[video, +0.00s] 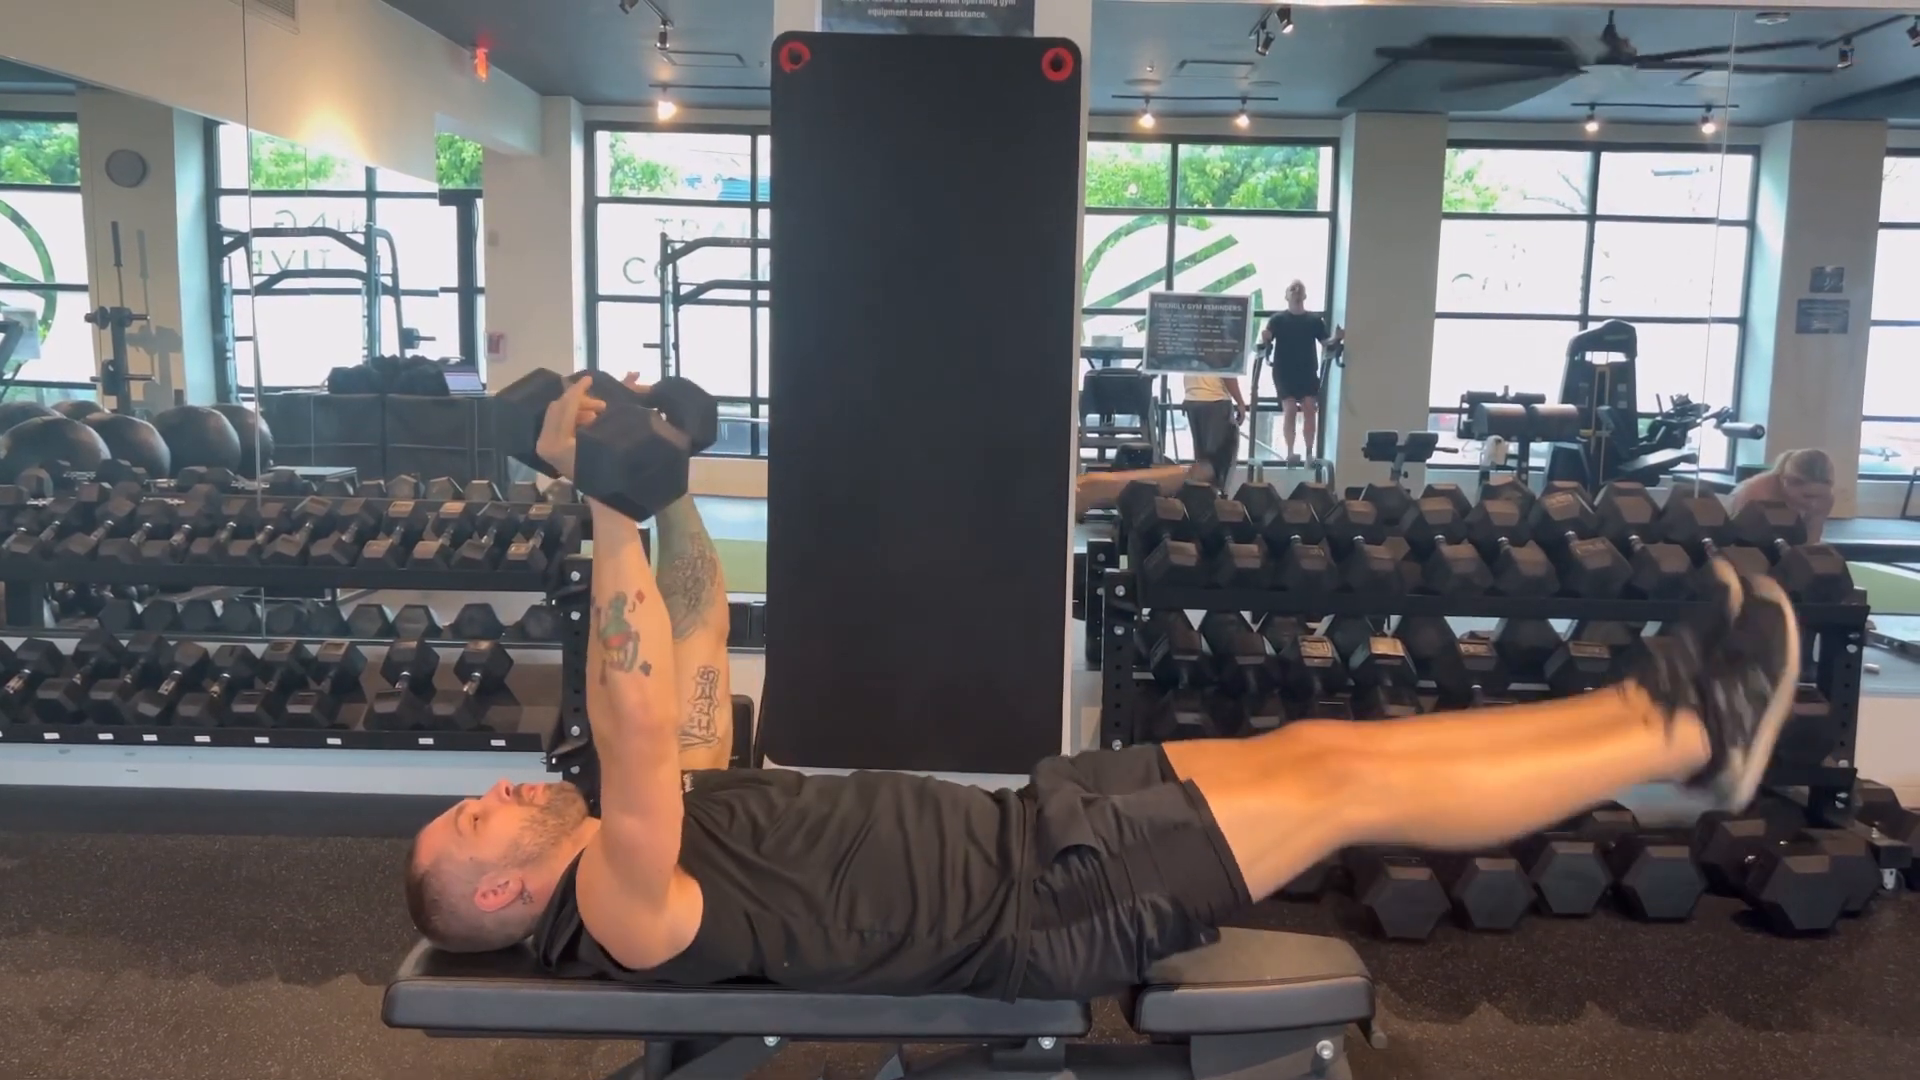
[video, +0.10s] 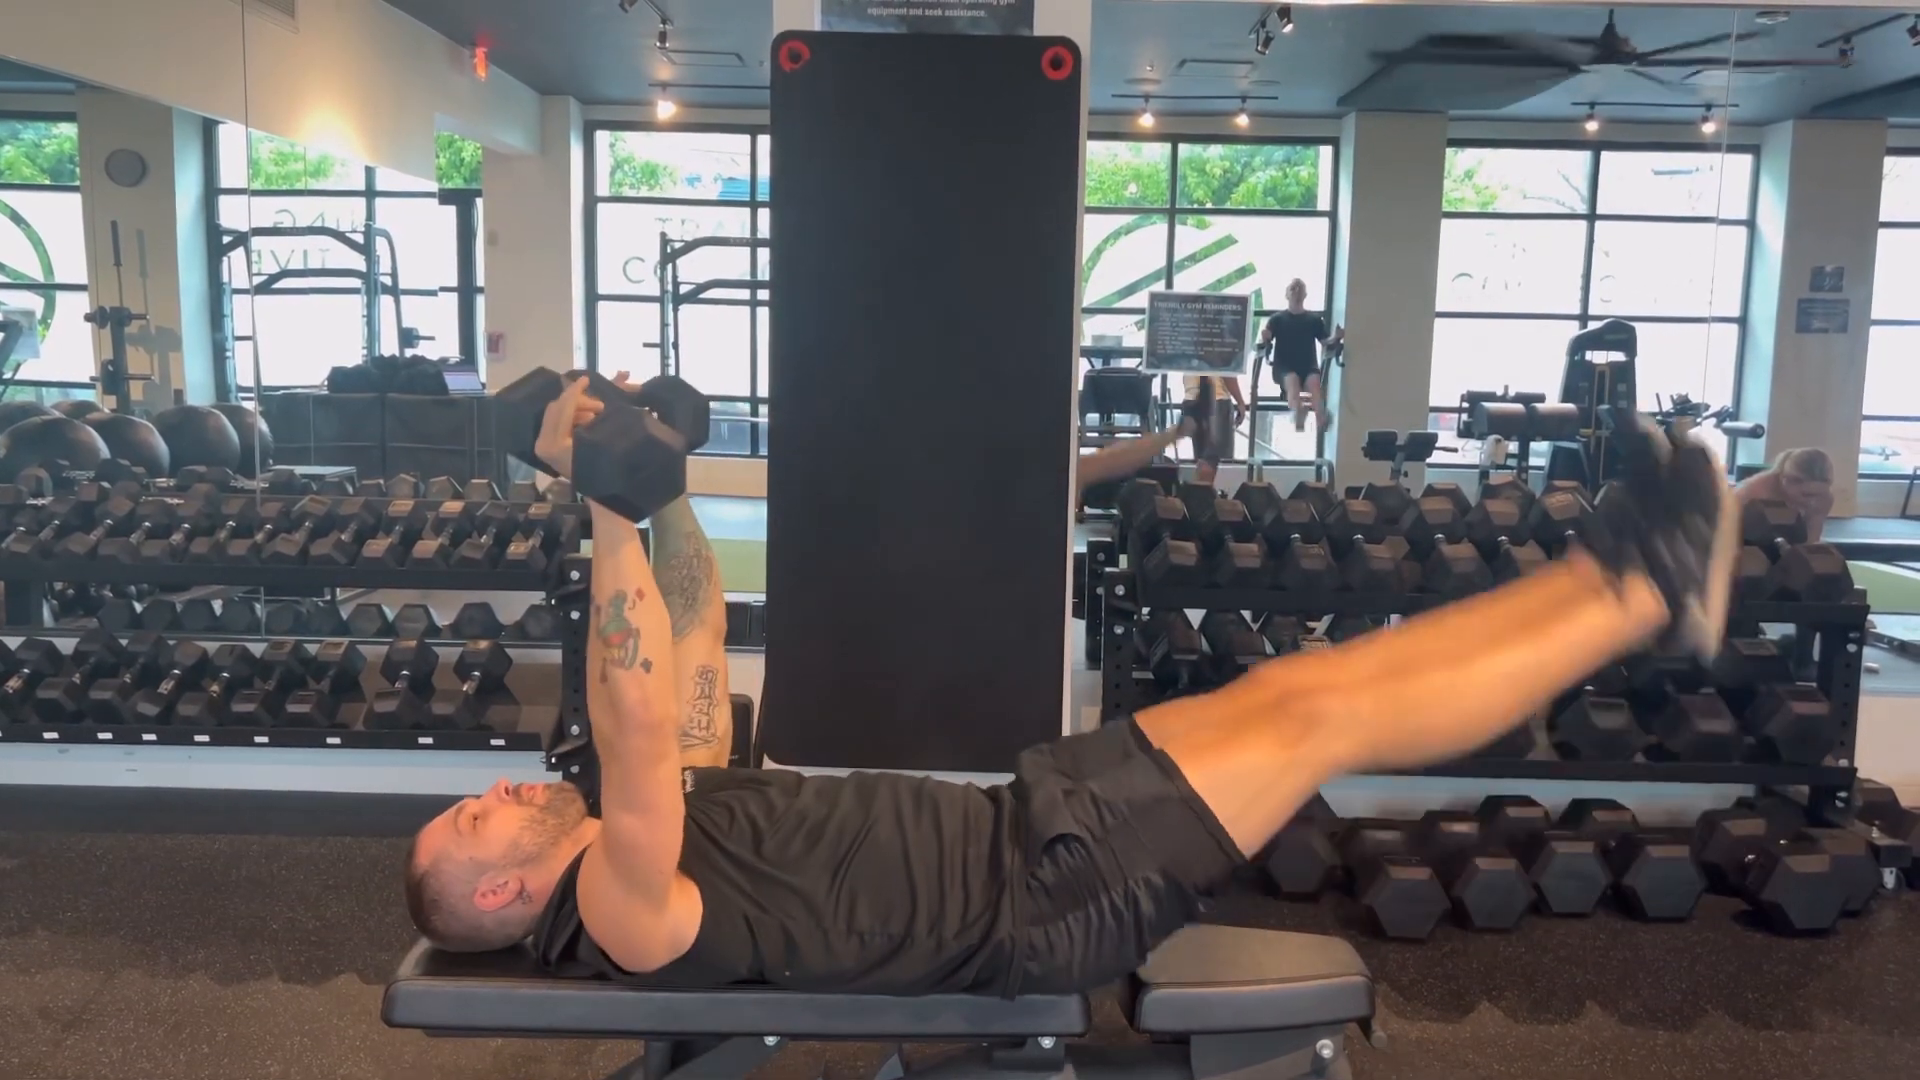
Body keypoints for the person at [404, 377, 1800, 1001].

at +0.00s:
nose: (503, 799)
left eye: (481, 805)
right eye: (484, 834)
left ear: (536, 844)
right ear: (520, 906)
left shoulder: (653, 823)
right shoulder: (628, 899)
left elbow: (698, 656)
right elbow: (631, 688)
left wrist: (651, 494)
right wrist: (613, 508)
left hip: (1043, 813)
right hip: (1050, 895)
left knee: (1333, 746)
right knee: (1346, 774)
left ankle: (1668, 708)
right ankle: (1686, 731)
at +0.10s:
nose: (503, 797)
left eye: (483, 804)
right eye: (482, 832)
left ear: (537, 844)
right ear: (519, 908)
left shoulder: (651, 836)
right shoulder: (631, 906)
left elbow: (695, 659)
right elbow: (630, 706)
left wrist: (658, 494)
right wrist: (609, 513)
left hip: (1032, 806)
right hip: (1041, 884)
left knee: (1302, 686)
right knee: (1313, 713)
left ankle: (1609, 570)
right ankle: (1642, 593)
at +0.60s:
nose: (477, 785)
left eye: (447, 797)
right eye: (453, 812)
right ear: (483, 882)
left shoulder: (612, 851)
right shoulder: (602, 900)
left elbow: (682, 641)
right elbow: (620, 703)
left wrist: (644, 478)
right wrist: (594, 498)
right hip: (971, 871)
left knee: (950, 531)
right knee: (947, 534)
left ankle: (941, 182)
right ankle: (939, 175)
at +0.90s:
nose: (472, 783)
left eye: (443, 795)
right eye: (447, 812)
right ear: (482, 885)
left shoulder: (618, 844)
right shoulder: (602, 900)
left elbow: (679, 625)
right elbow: (612, 693)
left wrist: (642, 468)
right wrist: (580, 487)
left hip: (935, 813)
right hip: (966, 839)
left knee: (865, 529)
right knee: (856, 534)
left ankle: (779, 187)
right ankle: (772, 184)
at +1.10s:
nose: (472, 784)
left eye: (441, 798)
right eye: (447, 814)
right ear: (479, 886)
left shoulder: (622, 843)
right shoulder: (602, 902)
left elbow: (680, 618)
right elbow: (608, 697)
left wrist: (648, 469)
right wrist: (584, 499)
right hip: (969, 864)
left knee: (894, 529)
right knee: (888, 533)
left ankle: (841, 182)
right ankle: (840, 174)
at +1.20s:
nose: (477, 783)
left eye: (448, 795)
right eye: (452, 812)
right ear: (484, 884)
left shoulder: (633, 835)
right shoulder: (605, 902)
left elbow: (685, 623)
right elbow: (611, 706)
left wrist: (654, 473)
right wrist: (583, 499)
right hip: (972, 880)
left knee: (940, 541)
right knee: (934, 543)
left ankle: (936, 186)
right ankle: (934, 180)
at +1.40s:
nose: (479, 787)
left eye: (451, 797)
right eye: (456, 820)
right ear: (492, 889)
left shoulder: (645, 826)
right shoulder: (612, 905)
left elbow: (695, 630)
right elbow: (613, 721)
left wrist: (658, 481)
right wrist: (595, 511)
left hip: (976, 848)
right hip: (1001, 897)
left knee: (1056, 552)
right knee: (1064, 562)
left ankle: (1197, 235)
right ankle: (1200, 231)